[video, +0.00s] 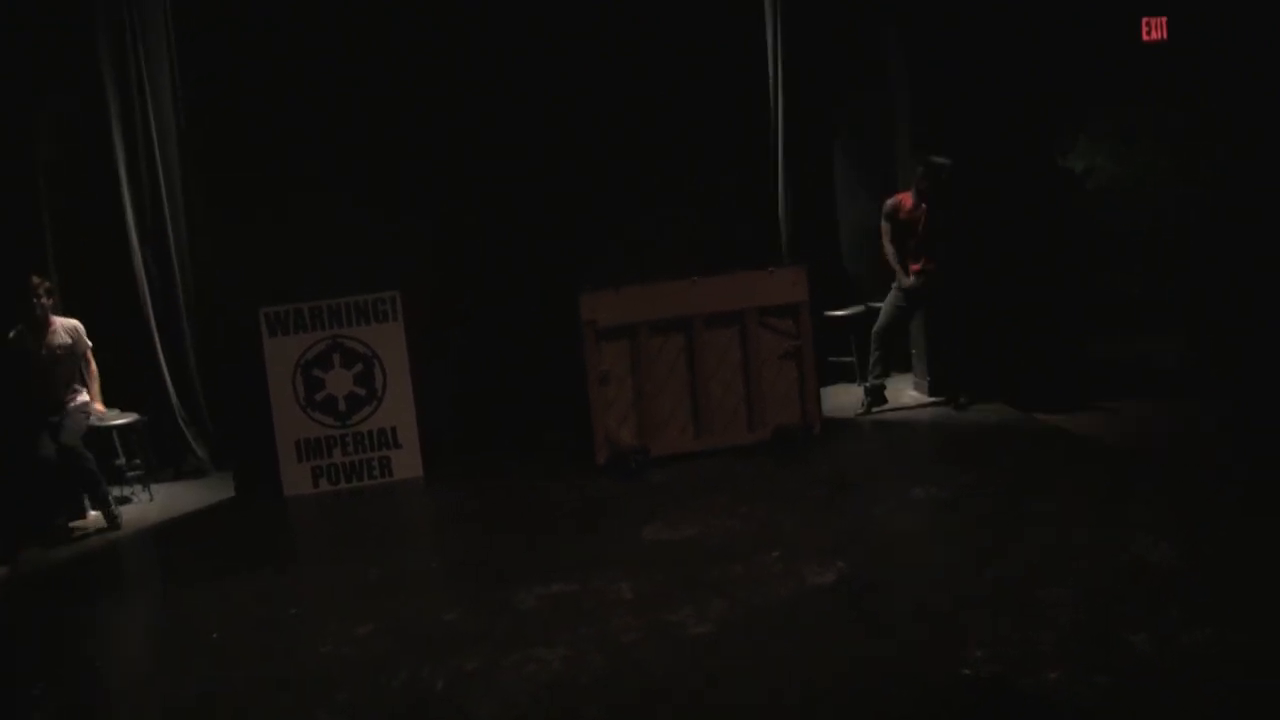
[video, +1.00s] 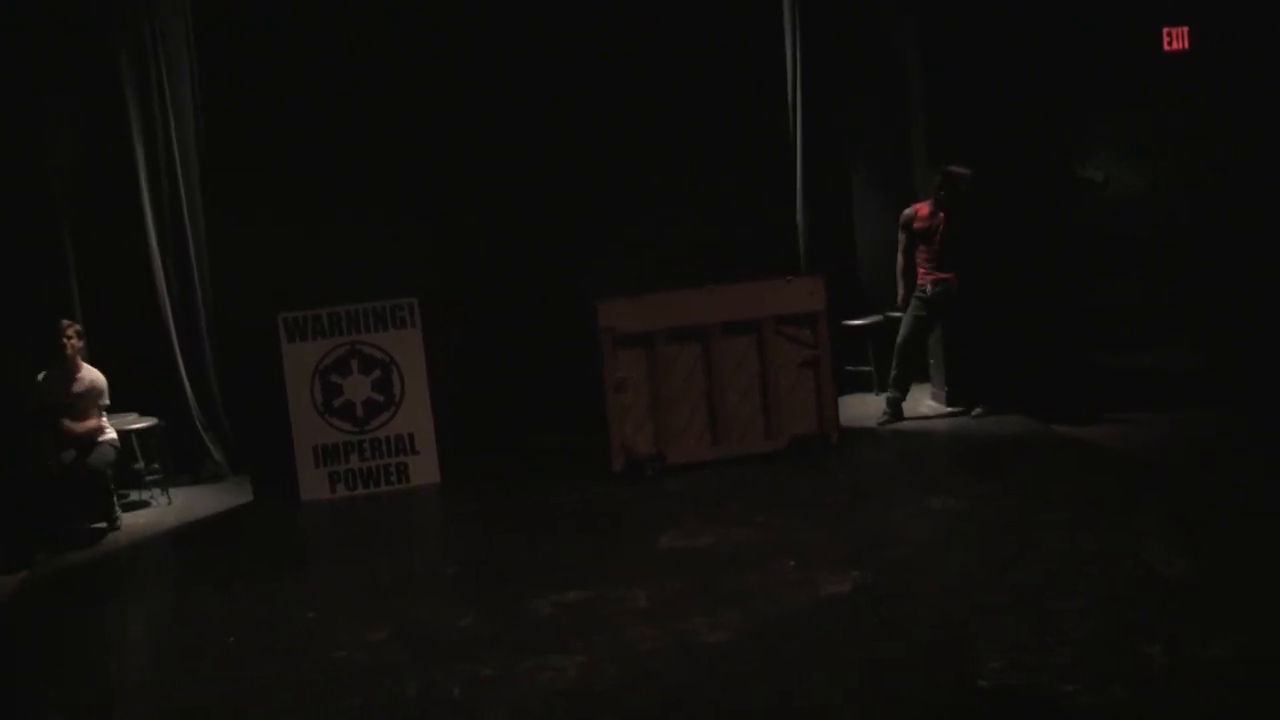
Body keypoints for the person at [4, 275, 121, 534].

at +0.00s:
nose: (36, 303)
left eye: (40, 297)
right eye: (31, 298)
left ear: (50, 299)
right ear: (25, 303)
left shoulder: (71, 328)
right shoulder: (18, 338)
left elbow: (89, 363)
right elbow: (17, 380)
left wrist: (96, 400)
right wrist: (21, 410)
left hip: (72, 400)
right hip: (39, 406)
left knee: (69, 445)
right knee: (44, 457)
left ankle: (105, 506)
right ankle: (55, 521)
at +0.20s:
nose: (33, 314)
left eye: (37, 308)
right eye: (28, 309)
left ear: (47, 311)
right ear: (21, 314)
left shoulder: (67, 336)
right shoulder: (20, 347)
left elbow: (88, 363)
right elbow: (16, 388)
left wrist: (106, 389)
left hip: (75, 415)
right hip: (41, 422)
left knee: (69, 447)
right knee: (45, 461)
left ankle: (103, 508)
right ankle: (56, 525)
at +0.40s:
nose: (33, 326)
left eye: (37, 319)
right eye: (28, 321)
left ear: (46, 322)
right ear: (22, 325)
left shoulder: (68, 346)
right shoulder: (20, 358)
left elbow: (90, 375)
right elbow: (16, 399)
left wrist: (110, 406)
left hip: (76, 422)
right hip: (43, 429)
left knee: (69, 451)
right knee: (44, 463)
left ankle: (102, 511)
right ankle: (58, 526)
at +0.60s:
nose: (37, 335)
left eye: (41, 329)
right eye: (32, 330)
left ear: (51, 331)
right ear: (28, 334)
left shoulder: (75, 361)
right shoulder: (26, 368)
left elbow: (97, 400)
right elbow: (23, 411)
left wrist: (113, 437)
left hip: (78, 430)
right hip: (46, 435)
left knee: (71, 454)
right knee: (47, 465)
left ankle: (105, 512)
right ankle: (57, 525)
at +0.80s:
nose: (48, 339)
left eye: (52, 334)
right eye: (44, 335)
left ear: (62, 337)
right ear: (39, 339)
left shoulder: (81, 370)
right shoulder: (36, 375)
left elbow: (89, 408)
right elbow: (34, 419)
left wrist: (87, 440)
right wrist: (39, 452)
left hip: (82, 433)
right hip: (55, 436)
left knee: (82, 459)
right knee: (57, 465)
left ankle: (110, 513)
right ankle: (69, 525)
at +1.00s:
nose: (65, 343)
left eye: (70, 338)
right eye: (61, 338)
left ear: (80, 343)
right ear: (56, 343)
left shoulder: (95, 379)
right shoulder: (46, 380)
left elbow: (97, 421)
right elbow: (47, 418)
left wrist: (74, 428)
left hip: (98, 436)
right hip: (67, 441)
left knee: (95, 466)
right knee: (60, 470)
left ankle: (111, 513)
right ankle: (70, 521)